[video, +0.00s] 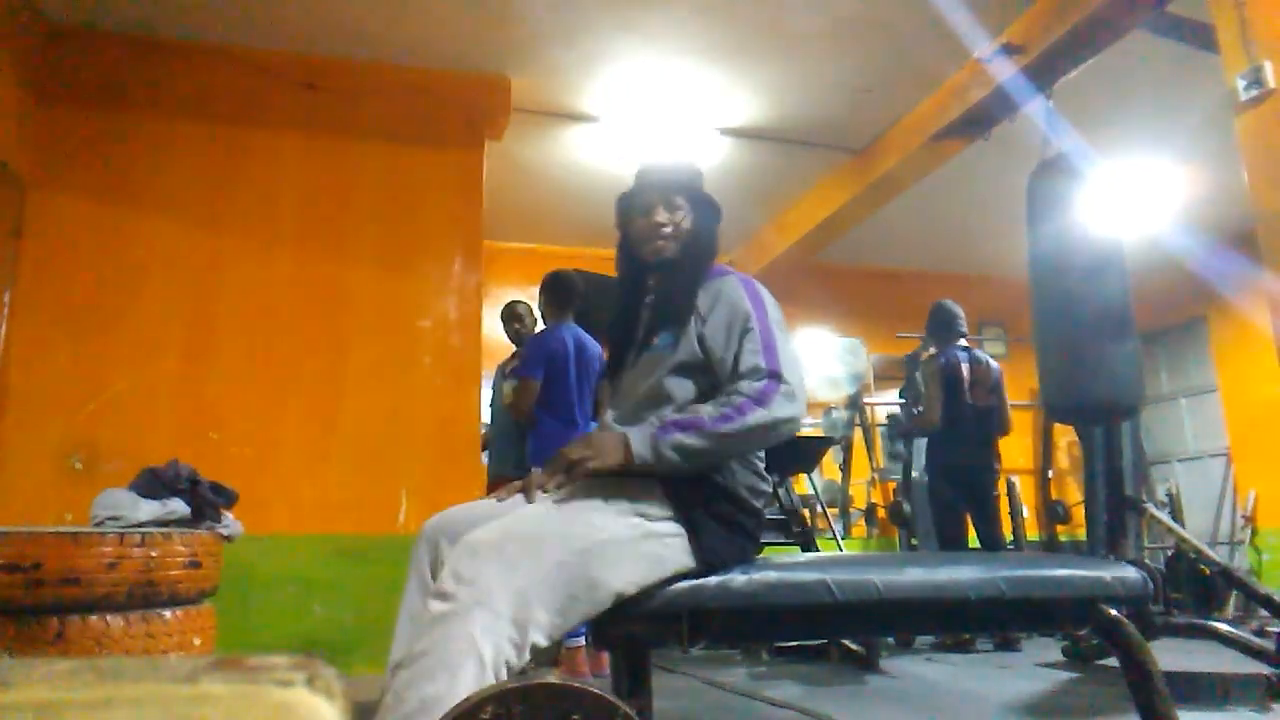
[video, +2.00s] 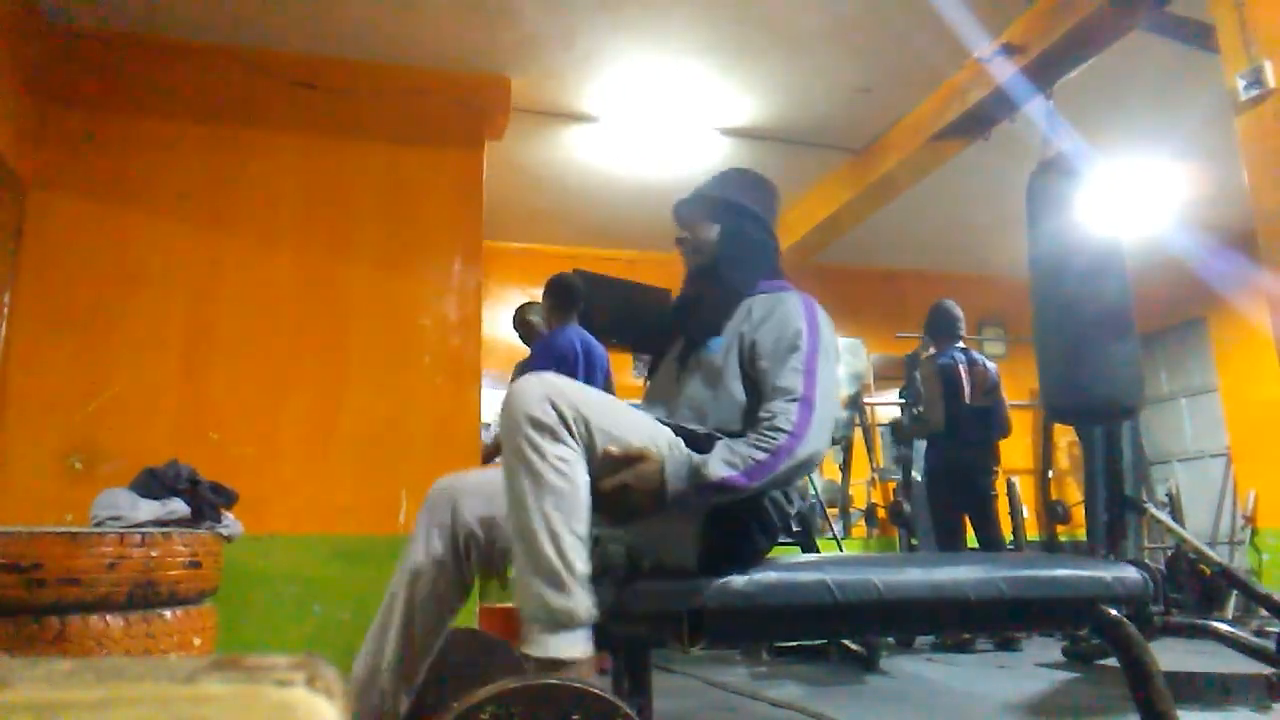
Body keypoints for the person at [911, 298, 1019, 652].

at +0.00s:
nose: (929, 339)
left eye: (929, 333)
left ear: (932, 332)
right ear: (964, 328)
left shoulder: (935, 366)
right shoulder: (991, 365)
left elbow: (932, 420)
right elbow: (1005, 424)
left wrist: (905, 424)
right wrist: (975, 423)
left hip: (946, 466)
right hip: (982, 466)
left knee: (952, 547)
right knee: (995, 544)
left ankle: (959, 631)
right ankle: (1007, 629)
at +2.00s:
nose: (928, 339)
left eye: (928, 333)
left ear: (930, 333)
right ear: (963, 330)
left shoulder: (931, 368)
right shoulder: (986, 366)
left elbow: (934, 423)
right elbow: (1004, 424)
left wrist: (905, 428)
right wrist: (972, 431)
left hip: (944, 466)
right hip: (981, 465)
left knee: (950, 546)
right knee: (992, 542)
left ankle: (956, 628)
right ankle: (1008, 626)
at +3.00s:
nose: (924, 346)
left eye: (924, 340)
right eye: (926, 341)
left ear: (928, 338)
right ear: (956, 332)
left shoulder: (933, 366)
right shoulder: (988, 365)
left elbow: (918, 417)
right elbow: (996, 416)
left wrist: (908, 398)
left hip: (946, 467)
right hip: (982, 466)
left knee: (951, 546)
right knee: (993, 541)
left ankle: (958, 627)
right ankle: (1007, 625)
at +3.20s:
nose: (924, 347)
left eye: (923, 342)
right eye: (926, 343)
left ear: (926, 339)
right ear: (955, 334)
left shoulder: (932, 366)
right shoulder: (987, 366)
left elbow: (915, 417)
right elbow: (994, 418)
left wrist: (909, 392)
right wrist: (992, 457)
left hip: (944, 468)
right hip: (981, 467)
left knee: (950, 546)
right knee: (993, 541)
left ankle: (956, 628)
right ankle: (1009, 626)